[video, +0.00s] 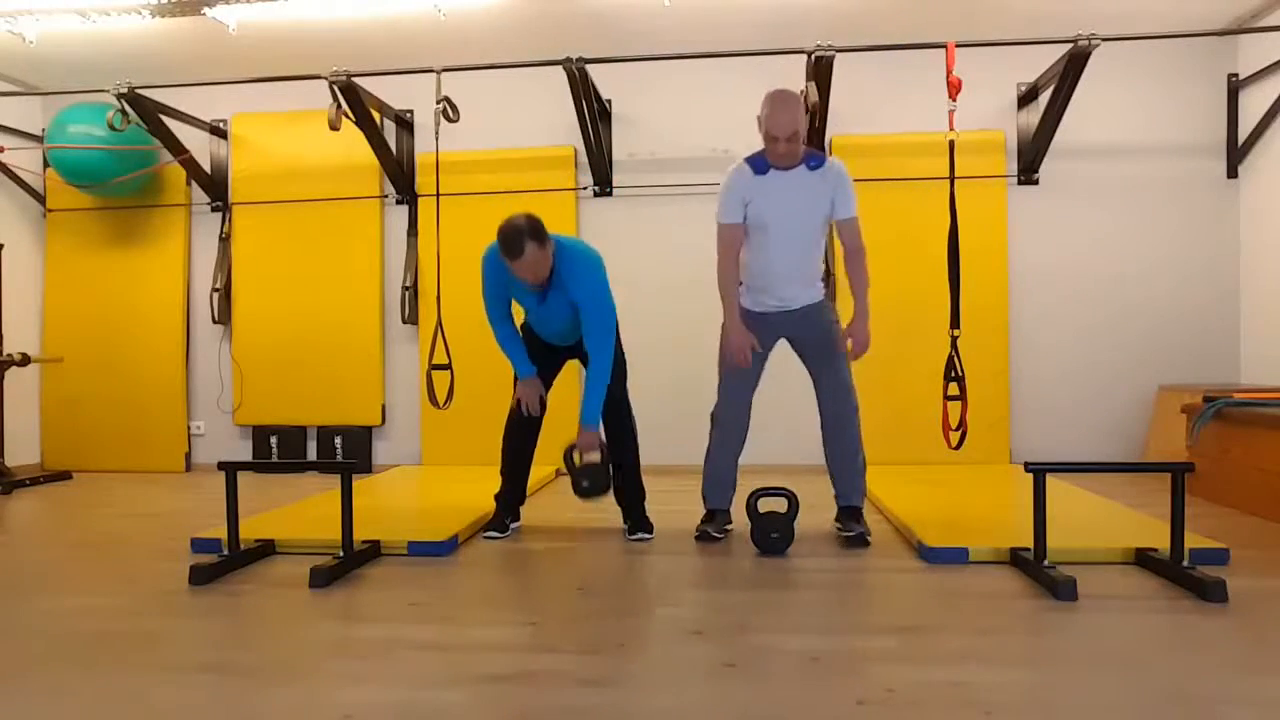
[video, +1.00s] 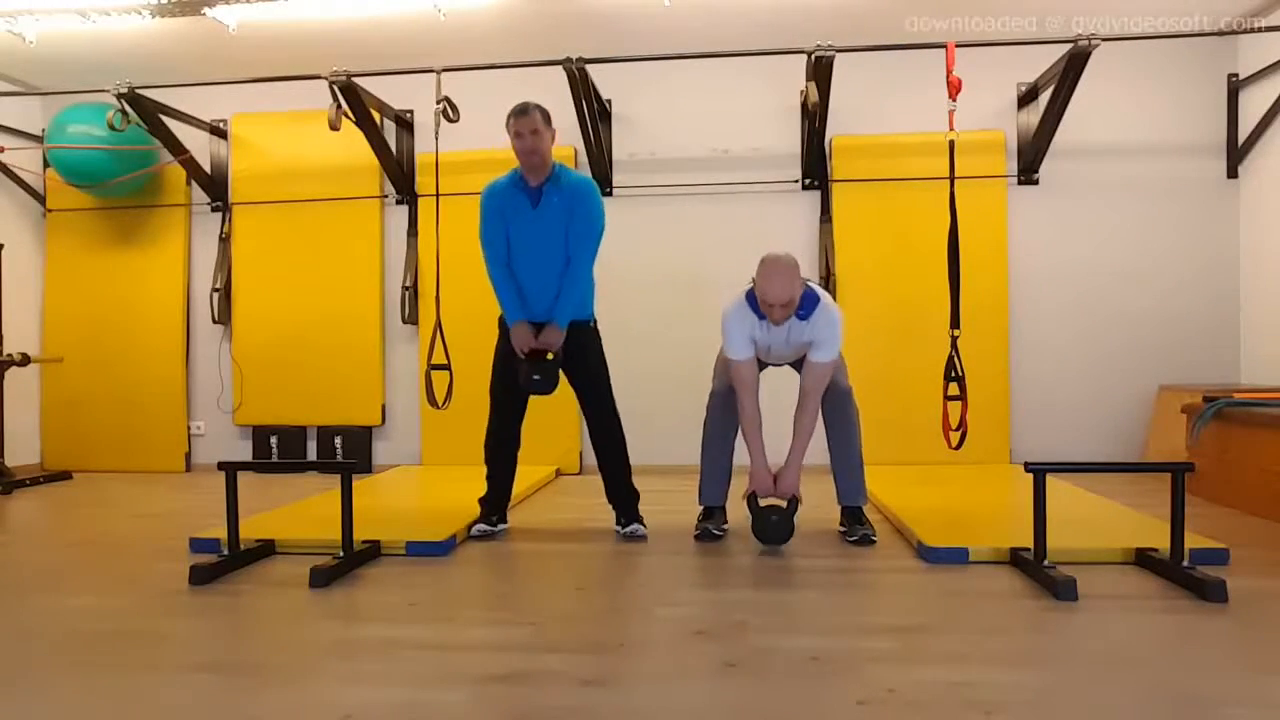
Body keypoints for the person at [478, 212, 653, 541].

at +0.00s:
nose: (535, 279)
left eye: (540, 271)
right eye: (524, 274)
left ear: (550, 249)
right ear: (507, 261)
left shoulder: (584, 262)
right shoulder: (496, 262)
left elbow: (601, 348)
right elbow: (499, 319)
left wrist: (589, 425)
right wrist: (525, 374)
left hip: (596, 336)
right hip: (542, 337)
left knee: (618, 416)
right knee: (524, 412)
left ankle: (635, 513)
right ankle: (507, 509)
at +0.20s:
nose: (529, 222)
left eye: (535, 211)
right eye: (519, 214)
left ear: (547, 197)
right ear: (505, 209)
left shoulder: (585, 228)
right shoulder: (497, 235)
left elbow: (602, 309)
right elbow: (508, 305)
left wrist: (578, 370)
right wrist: (535, 359)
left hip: (593, 332)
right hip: (537, 336)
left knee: (618, 414)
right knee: (518, 417)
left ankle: (635, 512)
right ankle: (506, 509)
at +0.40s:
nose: (520, 189)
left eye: (527, 177)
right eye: (510, 181)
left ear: (543, 165)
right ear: (500, 177)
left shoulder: (581, 207)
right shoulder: (493, 217)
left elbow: (597, 279)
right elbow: (500, 287)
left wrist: (569, 339)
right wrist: (527, 340)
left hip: (583, 327)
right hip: (526, 332)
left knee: (611, 418)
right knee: (510, 422)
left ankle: (635, 513)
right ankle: (506, 509)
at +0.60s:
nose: (525, 166)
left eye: (533, 155)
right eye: (517, 157)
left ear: (552, 147)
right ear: (508, 155)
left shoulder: (584, 195)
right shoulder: (495, 201)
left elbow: (595, 267)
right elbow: (495, 271)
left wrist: (565, 324)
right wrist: (521, 327)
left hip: (578, 324)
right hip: (520, 327)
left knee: (603, 419)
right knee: (507, 422)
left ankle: (625, 512)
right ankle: (506, 509)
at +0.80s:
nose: (534, 153)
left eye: (542, 142)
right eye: (526, 144)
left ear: (560, 141)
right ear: (517, 144)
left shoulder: (590, 194)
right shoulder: (502, 196)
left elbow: (596, 267)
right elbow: (503, 264)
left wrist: (574, 324)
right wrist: (527, 320)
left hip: (581, 323)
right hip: (525, 324)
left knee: (606, 419)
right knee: (506, 420)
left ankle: (627, 512)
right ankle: (494, 513)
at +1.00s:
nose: (528, 141)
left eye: (535, 132)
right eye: (519, 135)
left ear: (552, 136)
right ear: (510, 141)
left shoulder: (582, 190)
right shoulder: (496, 196)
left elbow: (582, 262)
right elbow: (496, 264)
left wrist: (560, 322)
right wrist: (515, 321)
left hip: (573, 322)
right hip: (517, 324)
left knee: (603, 418)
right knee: (503, 422)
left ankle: (627, 514)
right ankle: (493, 512)